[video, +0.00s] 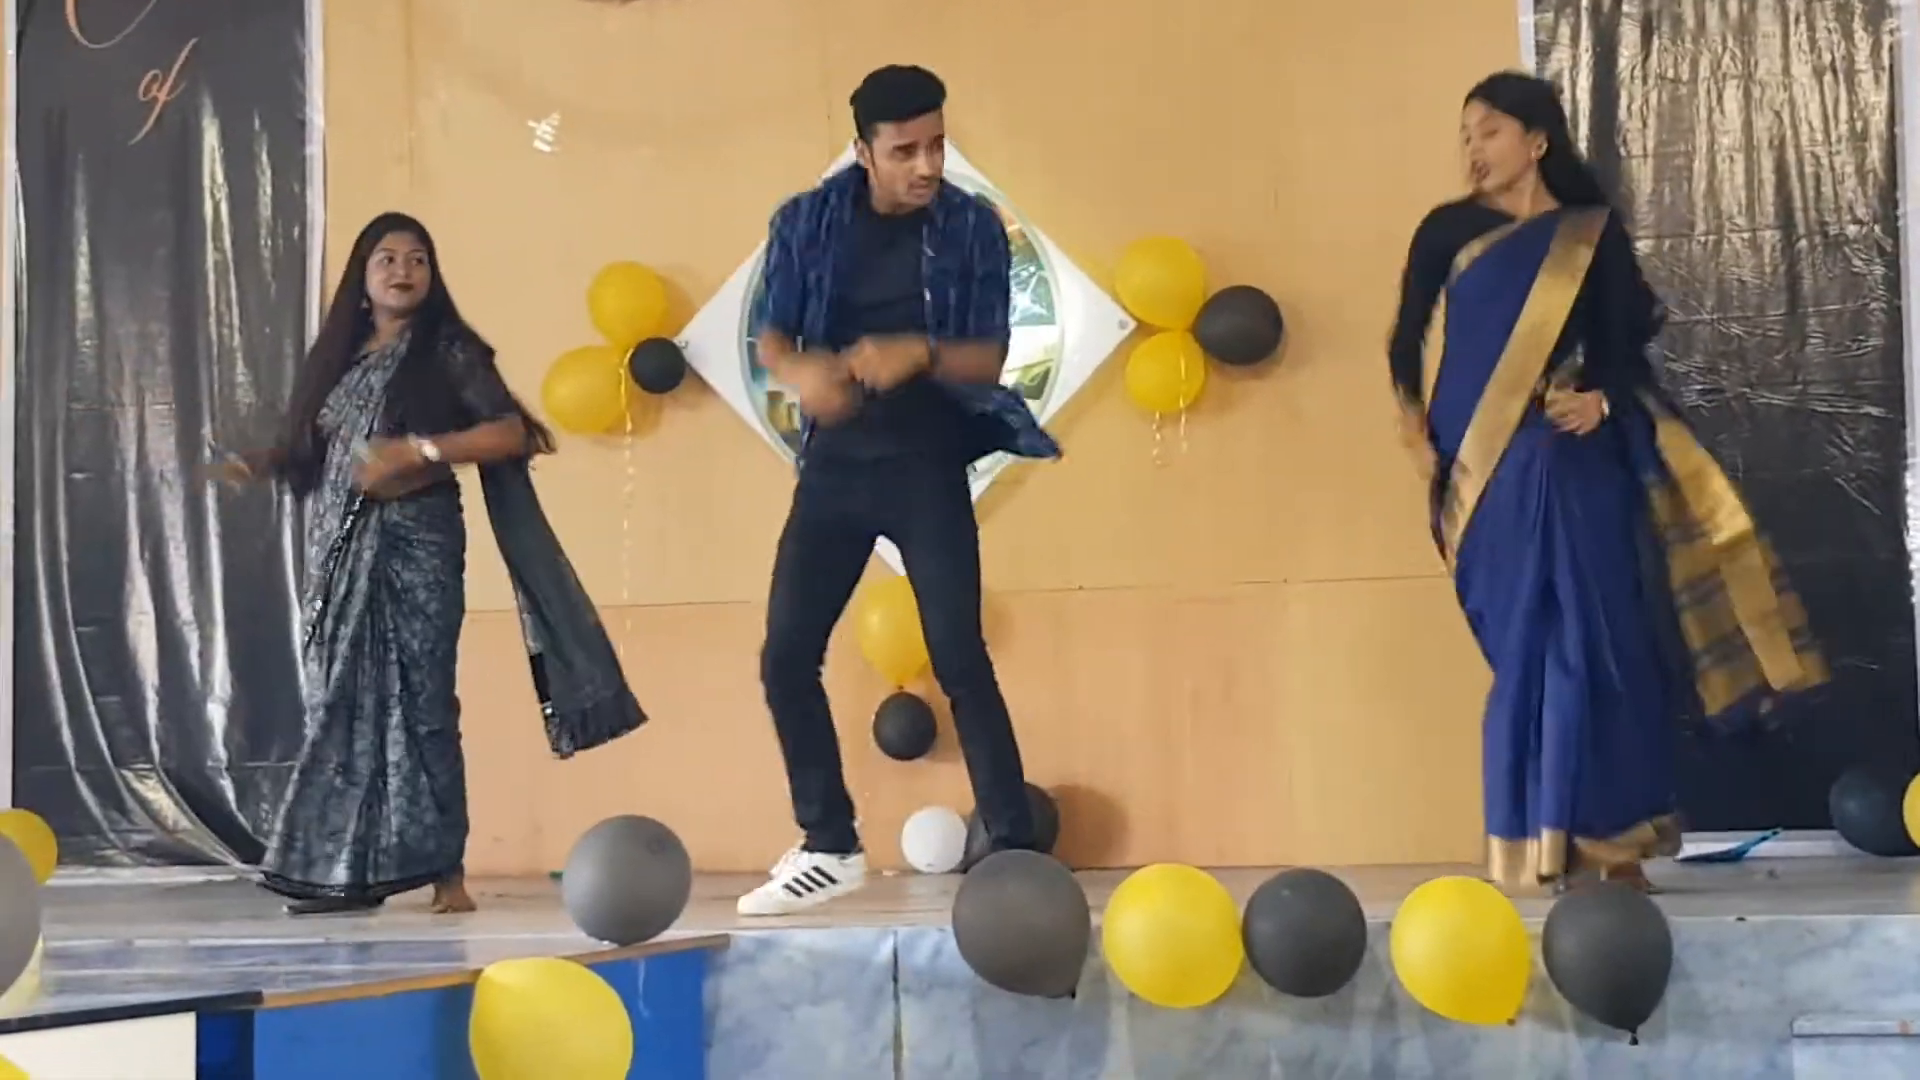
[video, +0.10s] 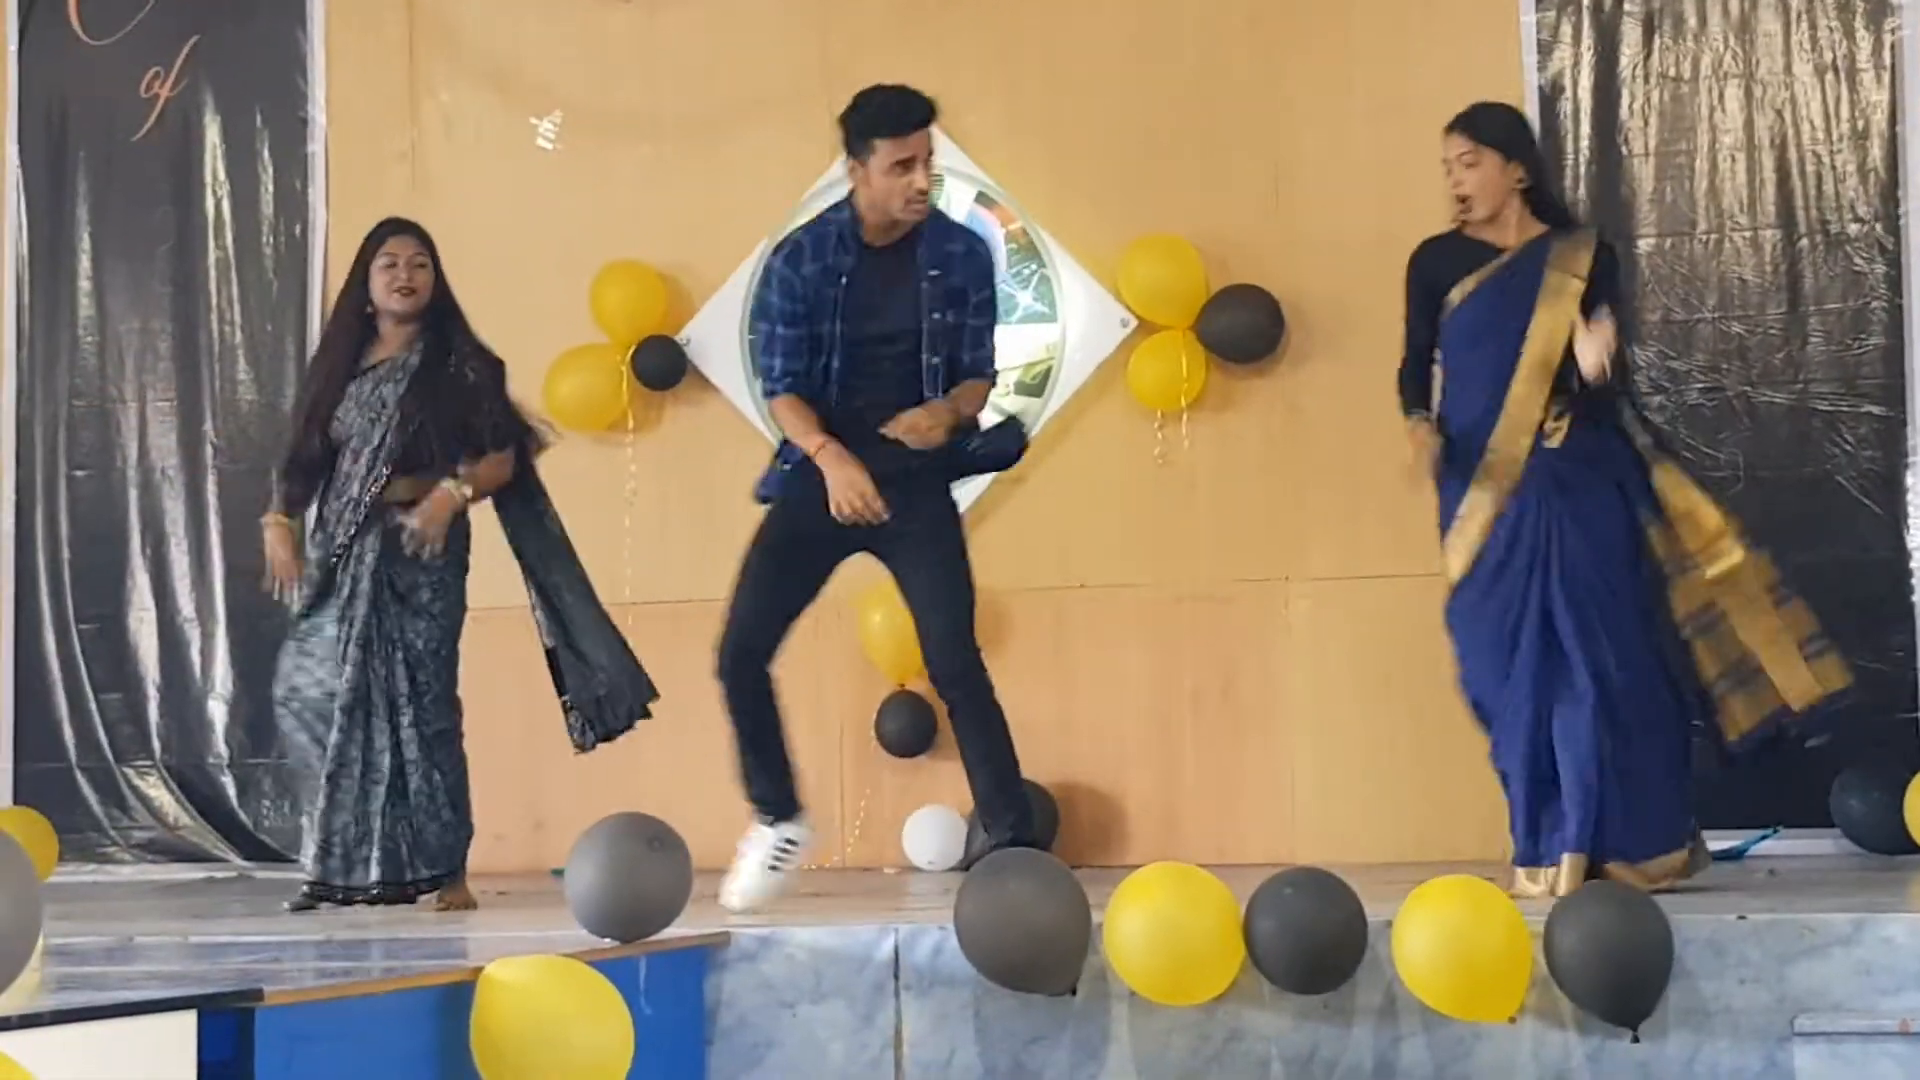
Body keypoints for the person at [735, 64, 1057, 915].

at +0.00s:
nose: (928, 166)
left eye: (936, 146)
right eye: (908, 152)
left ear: (944, 138)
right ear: (865, 149)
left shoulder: (972, 226)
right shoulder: (807, 221)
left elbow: (989, 361)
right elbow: (767, 342)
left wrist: (921, 352)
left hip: (930, 471)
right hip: (833, 472)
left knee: (959, 657)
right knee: (787, 660)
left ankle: (1010, 854)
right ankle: (830, 849)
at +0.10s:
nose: (923, 180)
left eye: (928, 162)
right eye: (903, 167)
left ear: (935, 156)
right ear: (856, 169)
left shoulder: (961, 253)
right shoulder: (799, 258)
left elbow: (978, 376)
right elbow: (777, 389)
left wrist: (946, 414)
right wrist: (830, 457)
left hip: (915, 481)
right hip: (817, 481)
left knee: (955, 662)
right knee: (740, 657)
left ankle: (1009, 847)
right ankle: (780, 825)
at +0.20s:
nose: (872, 181)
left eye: (874, 162)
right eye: (852, 168)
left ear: (876, 154)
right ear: (805, 167)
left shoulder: (914, 233)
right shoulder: (760, 253)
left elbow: (972, 329)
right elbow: (763, 394)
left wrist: (992, 365)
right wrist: (851, 391)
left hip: (880, 487)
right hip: (782, 484)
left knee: (931, 664)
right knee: (684, 643)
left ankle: (1002, 834)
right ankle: (685, 813)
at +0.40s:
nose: (721, 183)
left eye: (724, 166)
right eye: (703, 170)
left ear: (726, 162)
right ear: (651, 174)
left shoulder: (767, 231)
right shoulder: (614, 262)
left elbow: (888, 275)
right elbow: (676, 352)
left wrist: (966, 238)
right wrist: (749, 271)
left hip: (790, 497)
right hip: (689, 508)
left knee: (875, 657)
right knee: (610, 677)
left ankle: (996, 823)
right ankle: (546, 851)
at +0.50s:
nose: (658, 194)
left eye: (661, 176)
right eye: (640, 181)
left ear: (661, 170)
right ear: (589, 184)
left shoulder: (700, 240)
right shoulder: (553, 281)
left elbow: (814, 295)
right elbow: (617, 375)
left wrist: (904, 255)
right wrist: (699, 298)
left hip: (738, 492)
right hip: (640, 507)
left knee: (826, 645)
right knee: (575, 681)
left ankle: (946, 813)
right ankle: (545, 855)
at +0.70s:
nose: (603, 175)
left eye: (607, 158)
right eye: (584, 164)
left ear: (611, 149)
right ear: (534, 166)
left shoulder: (656, 212)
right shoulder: (507, 263)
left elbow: (763, 270)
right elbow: (568, 368)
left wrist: (857, 253)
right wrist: (652, 293)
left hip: (696, 458)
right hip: (598, 476)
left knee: (727, 611)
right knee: (565, 659)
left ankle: (737, 781)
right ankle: (544, 846)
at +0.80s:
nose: (597, 166)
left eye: (602, 149)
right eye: (578, 157)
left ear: (606, 136)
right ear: (530, 156)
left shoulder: (657, 200)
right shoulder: (505, 254)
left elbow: (757, 269)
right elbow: (562, 362)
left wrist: (847, 256)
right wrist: (650, 293)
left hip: (686, 457)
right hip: (589, 469)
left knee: (692, 638)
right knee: (560, 655)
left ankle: (679, 824)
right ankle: (541, 843)